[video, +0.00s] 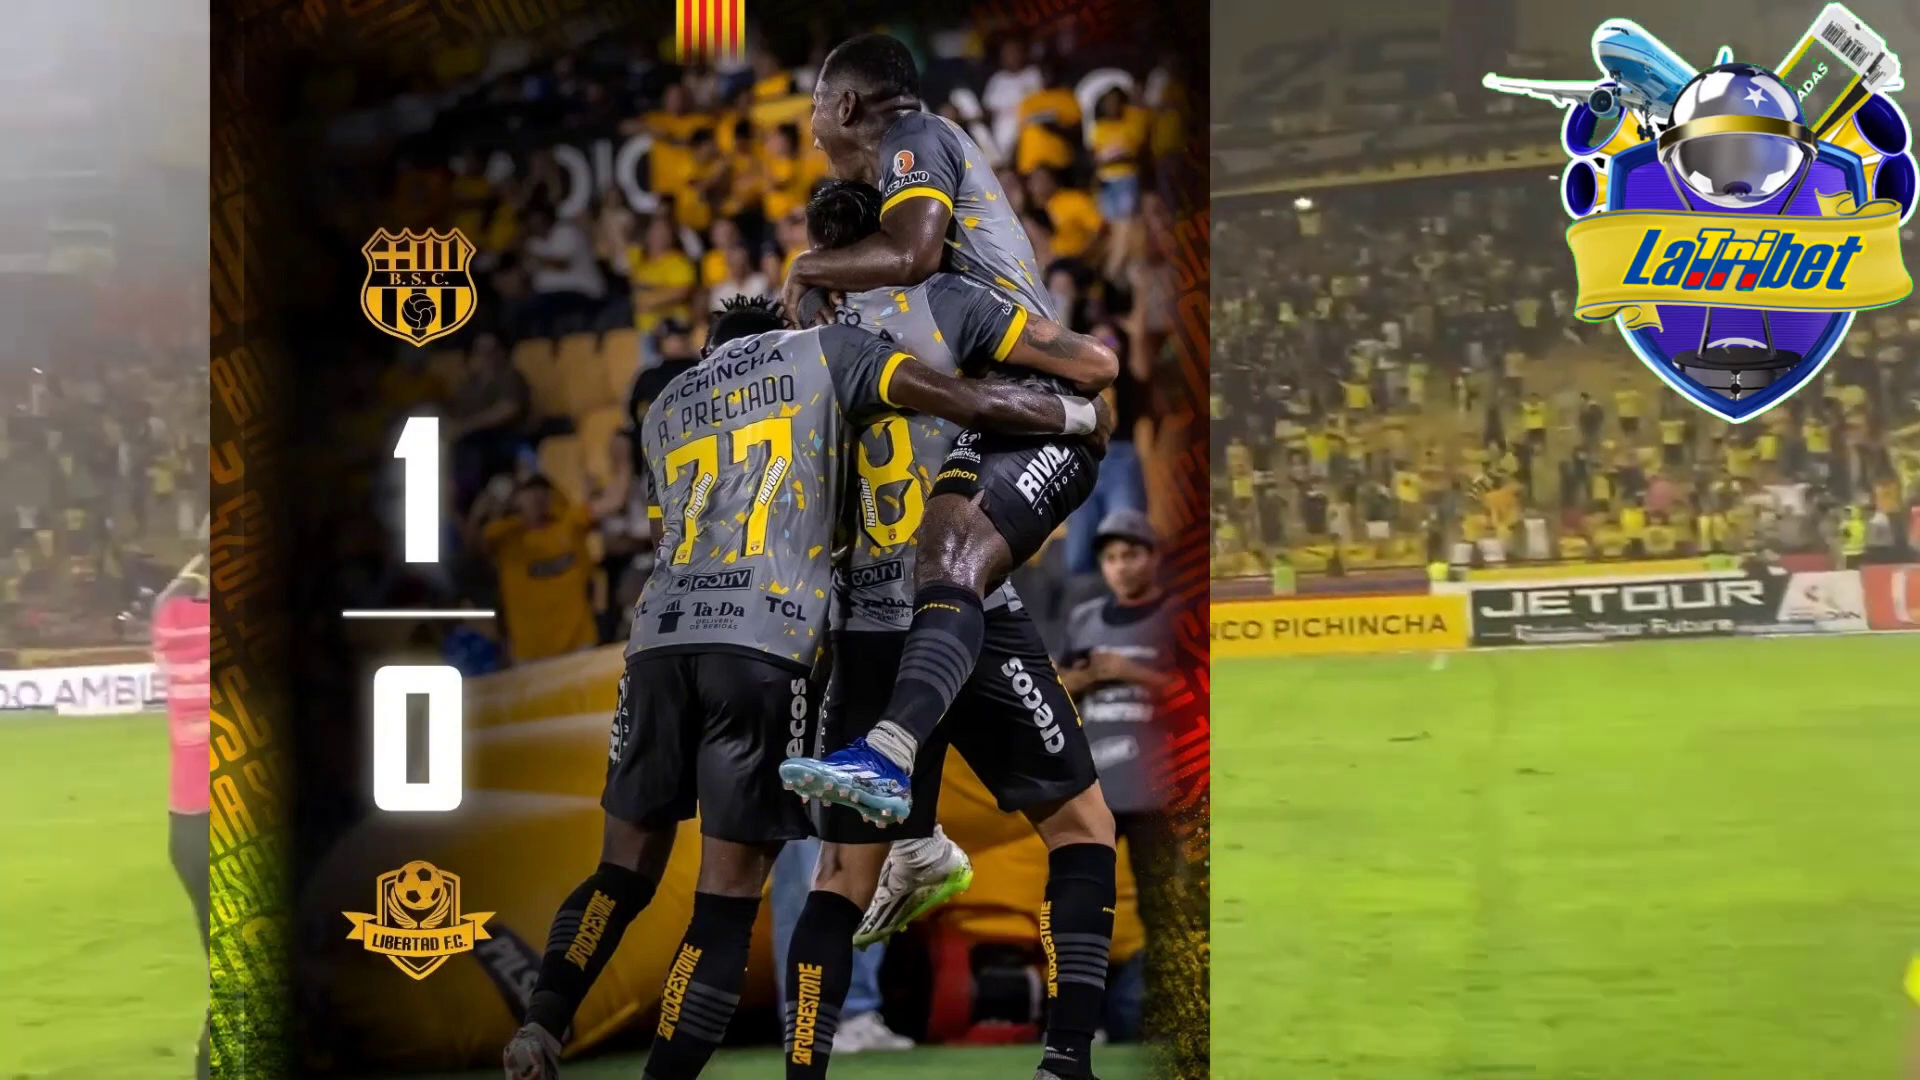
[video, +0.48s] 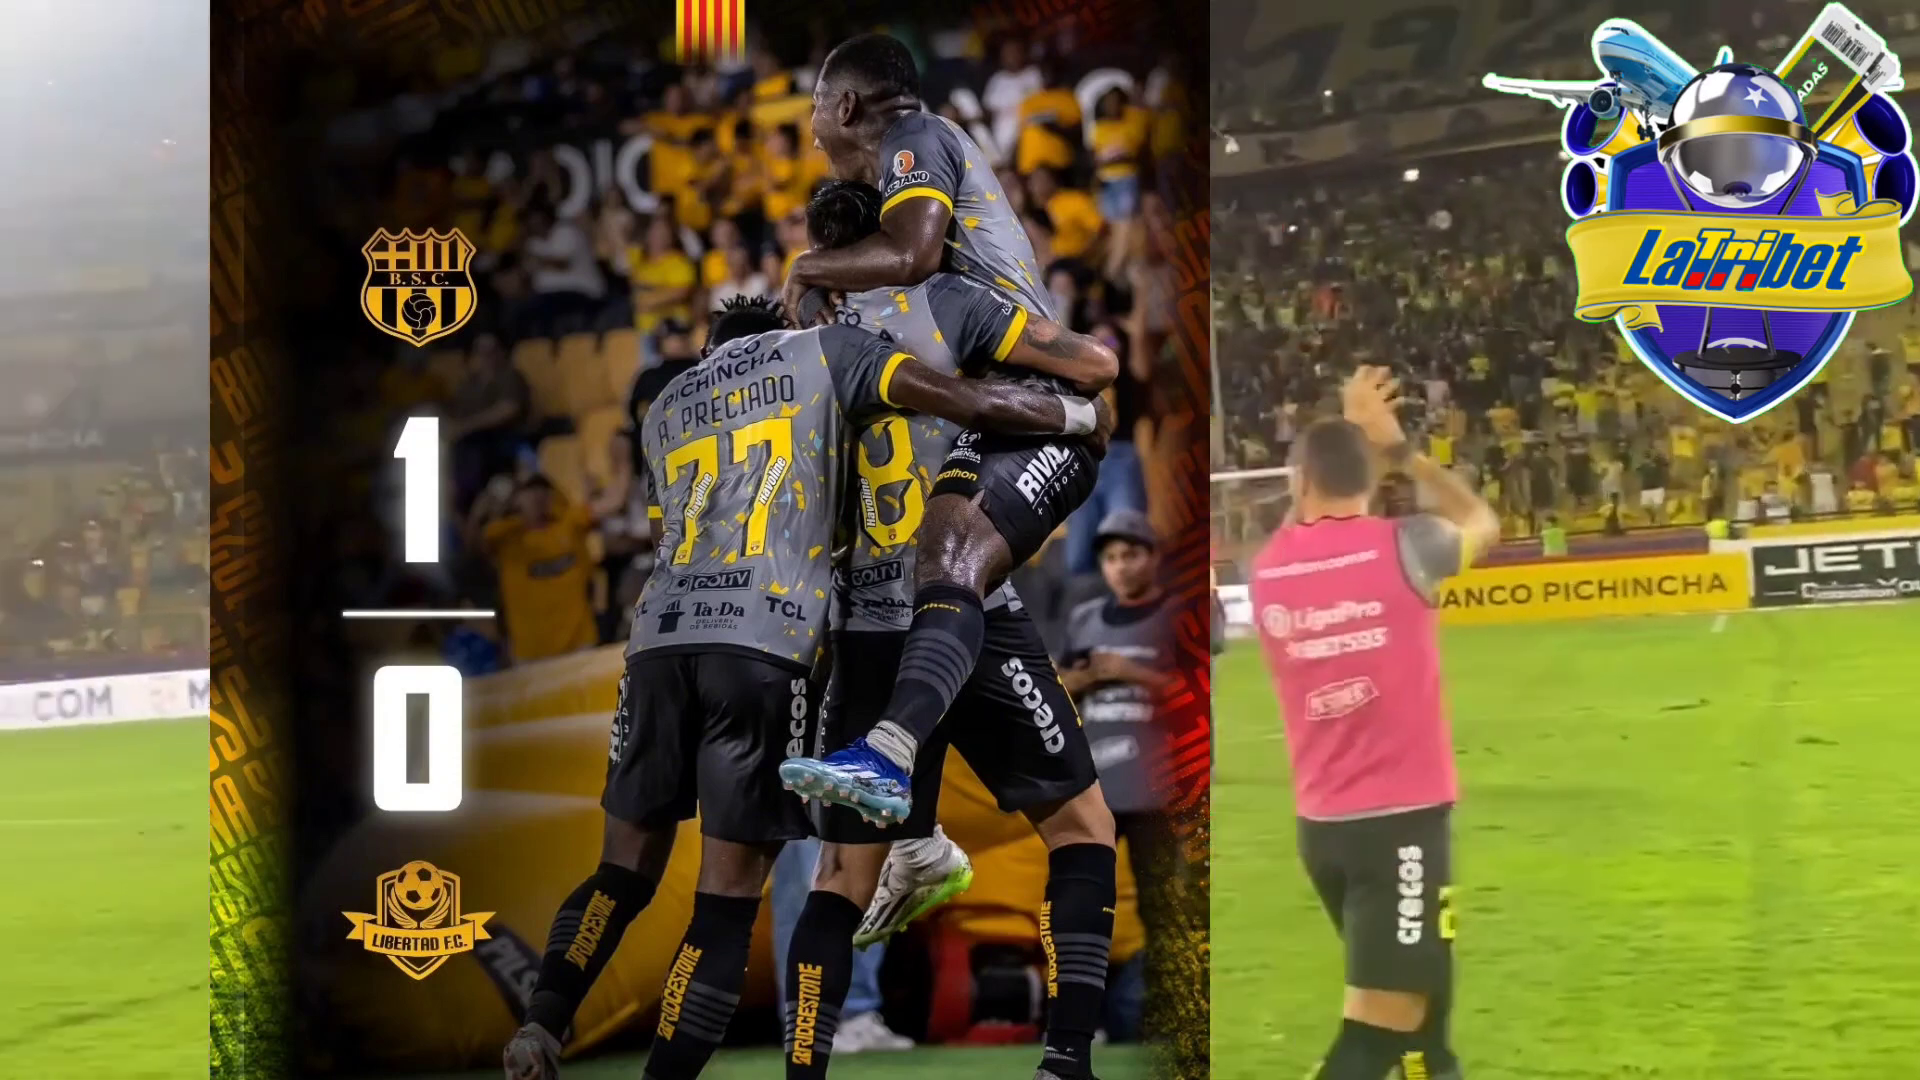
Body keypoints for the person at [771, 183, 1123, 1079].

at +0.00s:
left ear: (822, 252)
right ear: (900, 236)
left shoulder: (803, 329)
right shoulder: (951, 295)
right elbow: (1092, 367)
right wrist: (1079, 348)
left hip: (854, 615)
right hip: (964, 613)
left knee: (848, 861)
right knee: (1081, 826)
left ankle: (801, 1064)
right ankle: (1067, 1058)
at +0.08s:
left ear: (821, 255)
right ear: (901, 238)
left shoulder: (801, 331)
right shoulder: (952, 297)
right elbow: (1092, 366)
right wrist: (1076, 353)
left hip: (852, 618)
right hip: (964, 614)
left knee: (848, 861)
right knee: (1082, 827)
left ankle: (801, 1063)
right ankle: (1067, 1056)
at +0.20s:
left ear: (817, 250)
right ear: (897, 233)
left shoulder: (799, 330)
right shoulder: (948, 293)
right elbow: (1086, 366)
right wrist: (1097, 357)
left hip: (851, 618)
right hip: (962, 614)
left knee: (848, 861)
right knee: (1082, 827)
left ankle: (802, 1062)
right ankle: (1066, 1060)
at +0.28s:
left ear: (821, 255)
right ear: (900, 239)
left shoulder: (801, 331)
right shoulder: (952, 297)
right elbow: (1092, 366)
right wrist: (1074, 352)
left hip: (852, 618)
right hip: (964, 615)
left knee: (848, 861)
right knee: (1082, 827)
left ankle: (801, 1063)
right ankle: (1067, 1056)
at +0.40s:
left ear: (821, 255)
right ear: (899, 237)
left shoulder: (803, 332)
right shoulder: (949, 296)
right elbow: (1092, 367)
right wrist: (1077, 347)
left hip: (854, 616)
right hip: (963, 613)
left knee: (849, 860)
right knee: (1081, 825)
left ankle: (801, 1064)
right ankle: (1066, 1060)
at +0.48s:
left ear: (821, 255)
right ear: (900, 238)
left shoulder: (800, 331)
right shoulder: (952, 297)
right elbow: (1092, 366)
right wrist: (1076, 353)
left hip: (852, 618)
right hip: (964, 615)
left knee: (848, 861)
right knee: (1082, 827)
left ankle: (801, 1064)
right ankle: (1067, 1057)